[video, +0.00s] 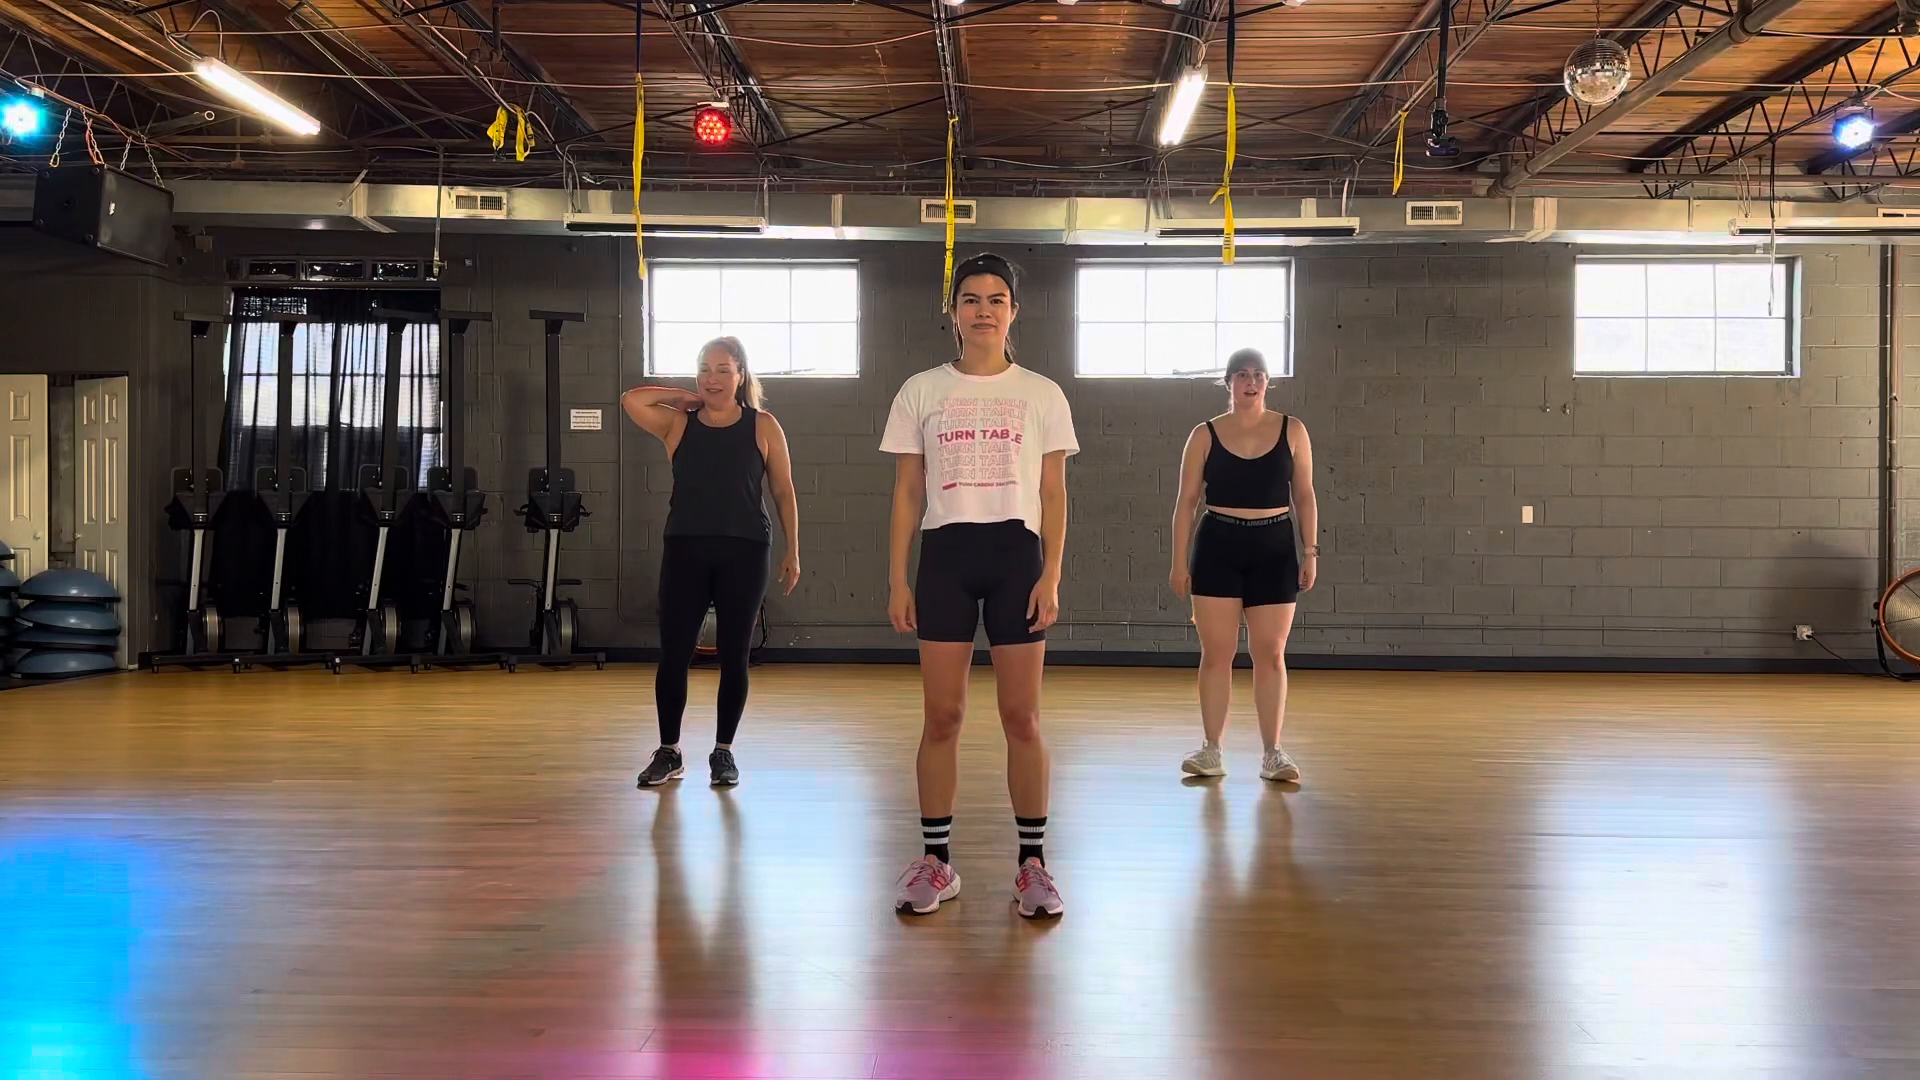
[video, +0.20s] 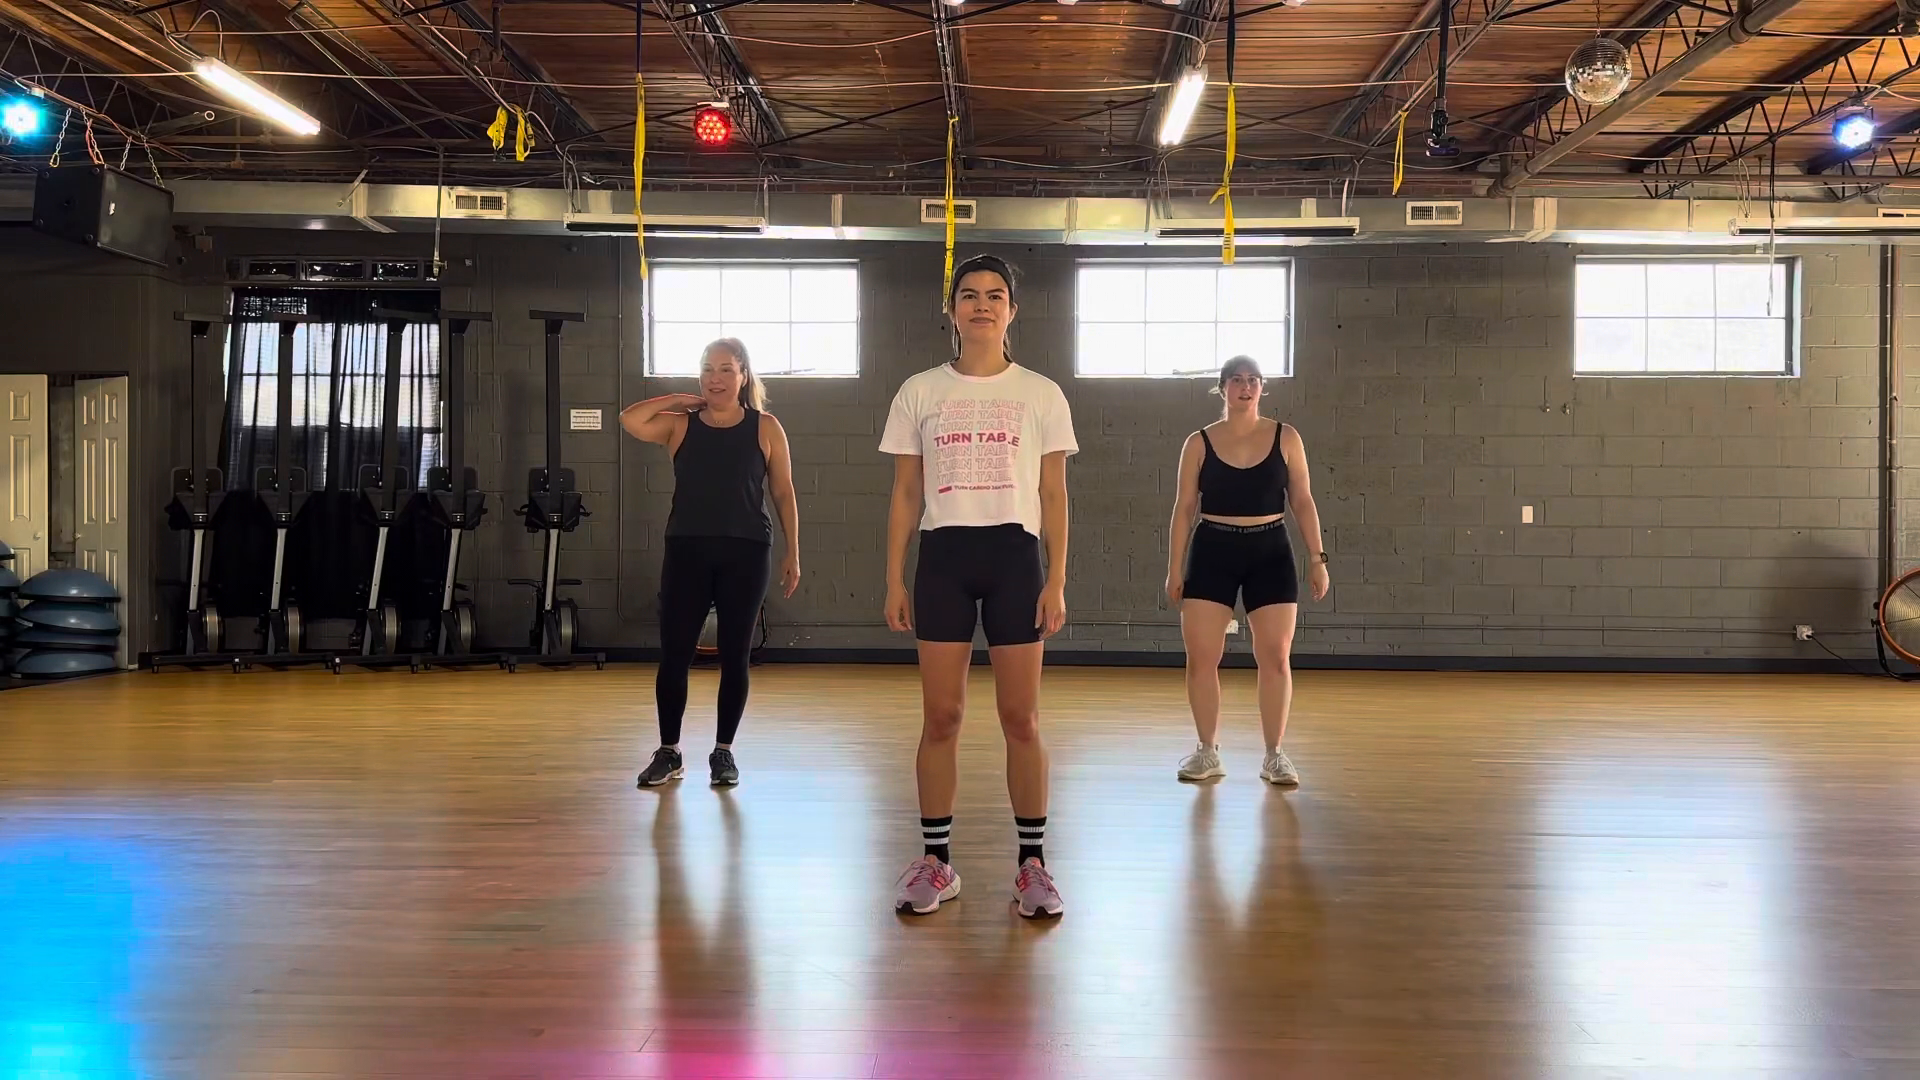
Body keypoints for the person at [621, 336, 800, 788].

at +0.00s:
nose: (714, 378)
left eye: (723, 369)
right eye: (706, 370)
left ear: (741, 375)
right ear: (698, 376)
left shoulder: (764, 426)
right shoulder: (676, 422)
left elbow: (784, 492)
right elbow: (631, 399)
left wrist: (792, 551)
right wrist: (677, 392)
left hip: (744, 552)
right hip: (685, 550)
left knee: (733, 654)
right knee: (674, 652)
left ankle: (722, 750)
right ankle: (667, 751)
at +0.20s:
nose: (716, 378)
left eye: (726, 370)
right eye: (709, 370)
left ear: (744, 377)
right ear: (701, 378)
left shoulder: (766, 427)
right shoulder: (680, 424)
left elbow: (784, 493)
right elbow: (630, 418)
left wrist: (792, 553)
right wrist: (677, 399)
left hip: (745, 553)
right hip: (687, 551)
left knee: (734, 654)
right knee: (675, 651)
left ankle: (722, 751)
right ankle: (668, 751)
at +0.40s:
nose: (717, 376)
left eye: (727, 369)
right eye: (711, 368)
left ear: (745, 376)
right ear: (702, 376)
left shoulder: (767, 427)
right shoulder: (681, 422)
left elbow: (785, 491)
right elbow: (629, 440)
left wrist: (793, 552)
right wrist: (667, 404)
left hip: (745, 552)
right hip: (687, 549)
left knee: (734, 653)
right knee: (670, 649)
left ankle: (723, 749)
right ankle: (665, 744)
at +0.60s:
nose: (718, 377)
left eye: (728, 369)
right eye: (711, 369)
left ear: (745, 377)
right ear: (701, 377)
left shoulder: (766, 428)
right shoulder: (681, 423)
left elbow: (784, 494)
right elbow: (630, 456)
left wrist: (795, 552)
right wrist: (659, 411)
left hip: (745, 553)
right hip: (687, 551)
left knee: (735, 655)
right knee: (678, 653)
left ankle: (722, 751)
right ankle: (669, 752)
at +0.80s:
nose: (716, 375)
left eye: (726, 368)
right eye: (709, 368)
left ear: (744, 375)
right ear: (701, 376)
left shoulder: (766, 428)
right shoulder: (681, 424)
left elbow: (786, 495)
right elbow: (632, 465)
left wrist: (792, 556)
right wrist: (658, 415)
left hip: (745, 553)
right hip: (687, 550)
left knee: (734, 654)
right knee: (671, 649)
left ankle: (723, 750)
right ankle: (666, 746)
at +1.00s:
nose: (718, 378)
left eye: (728, 370)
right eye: (710, 370)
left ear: (745, 376)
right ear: (702, 378)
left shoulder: (767, 430)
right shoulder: (683, 427)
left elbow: (785, 497)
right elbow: (643, 481)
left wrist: (794, 557)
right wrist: (663, 430)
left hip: (745, 554)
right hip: (687, 553)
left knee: (734, 656)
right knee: (676, 654)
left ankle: (723, 750)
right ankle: (670, 751)